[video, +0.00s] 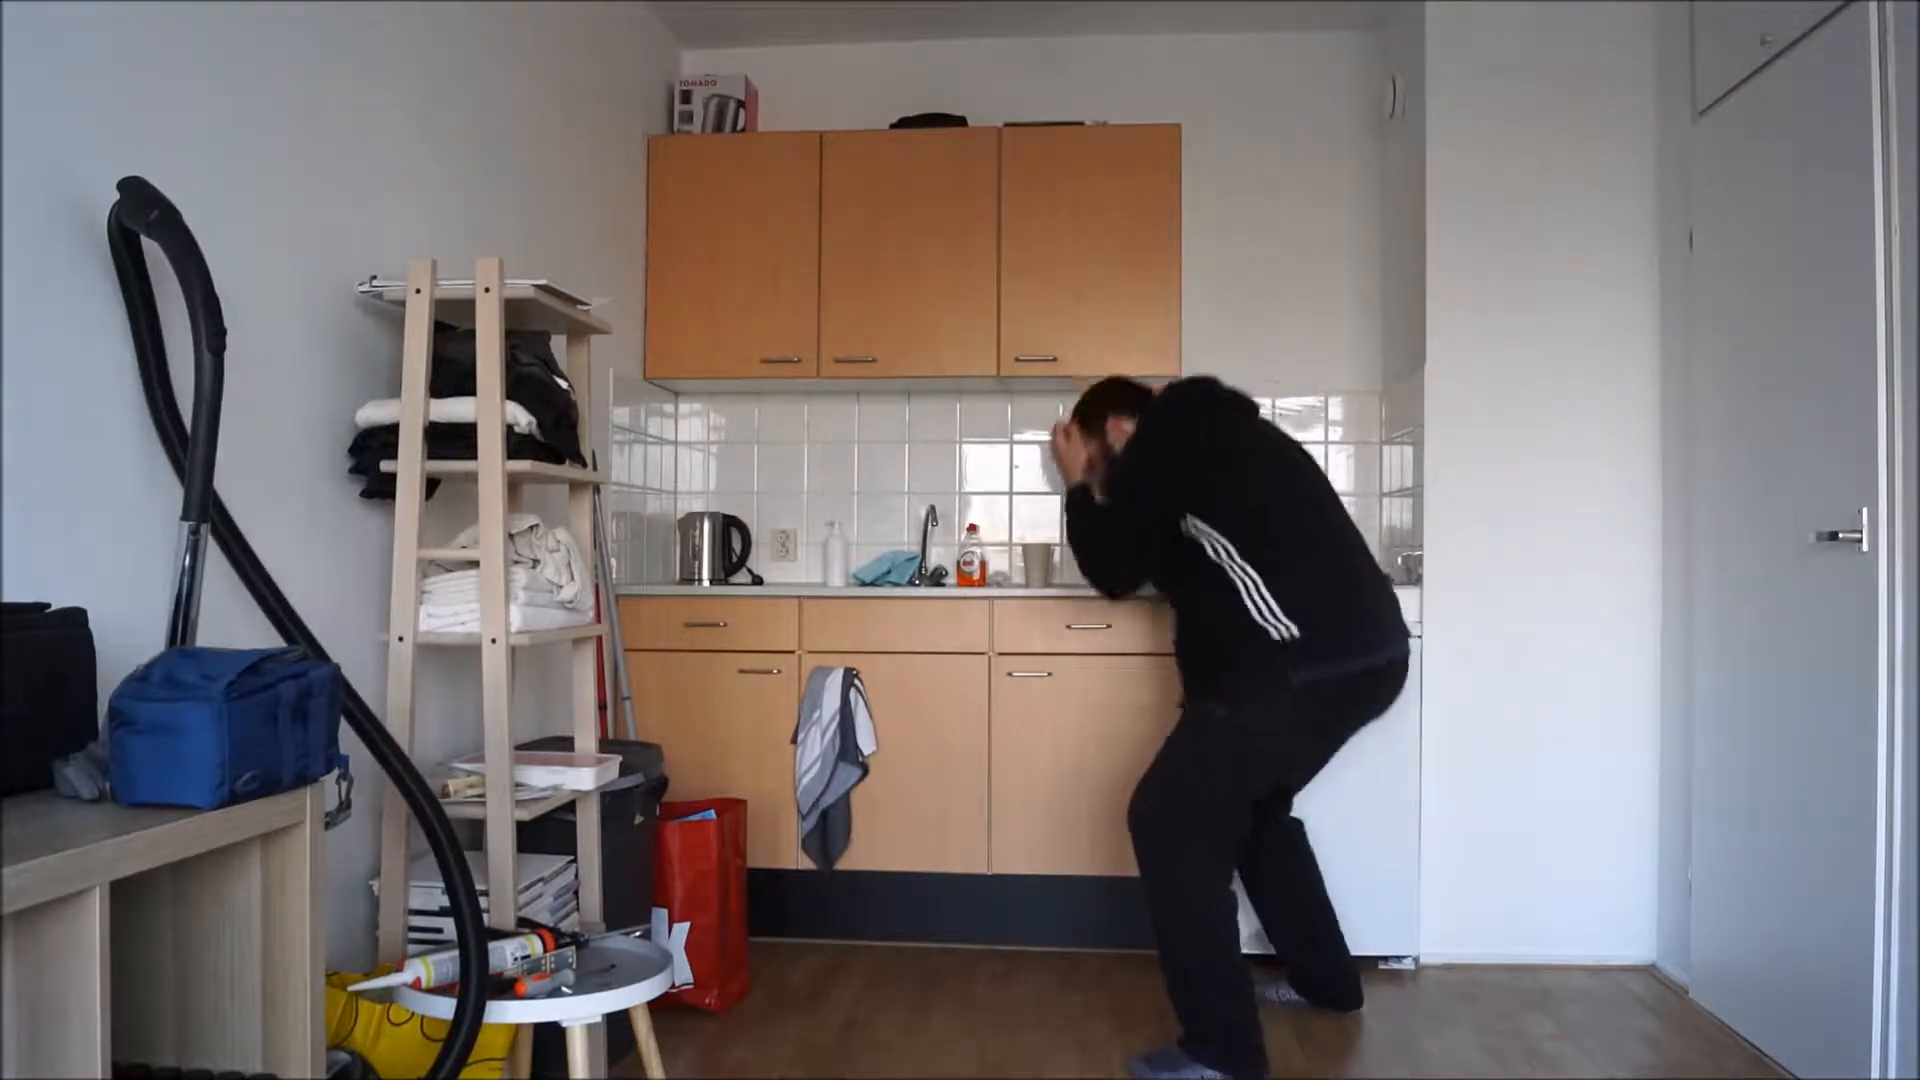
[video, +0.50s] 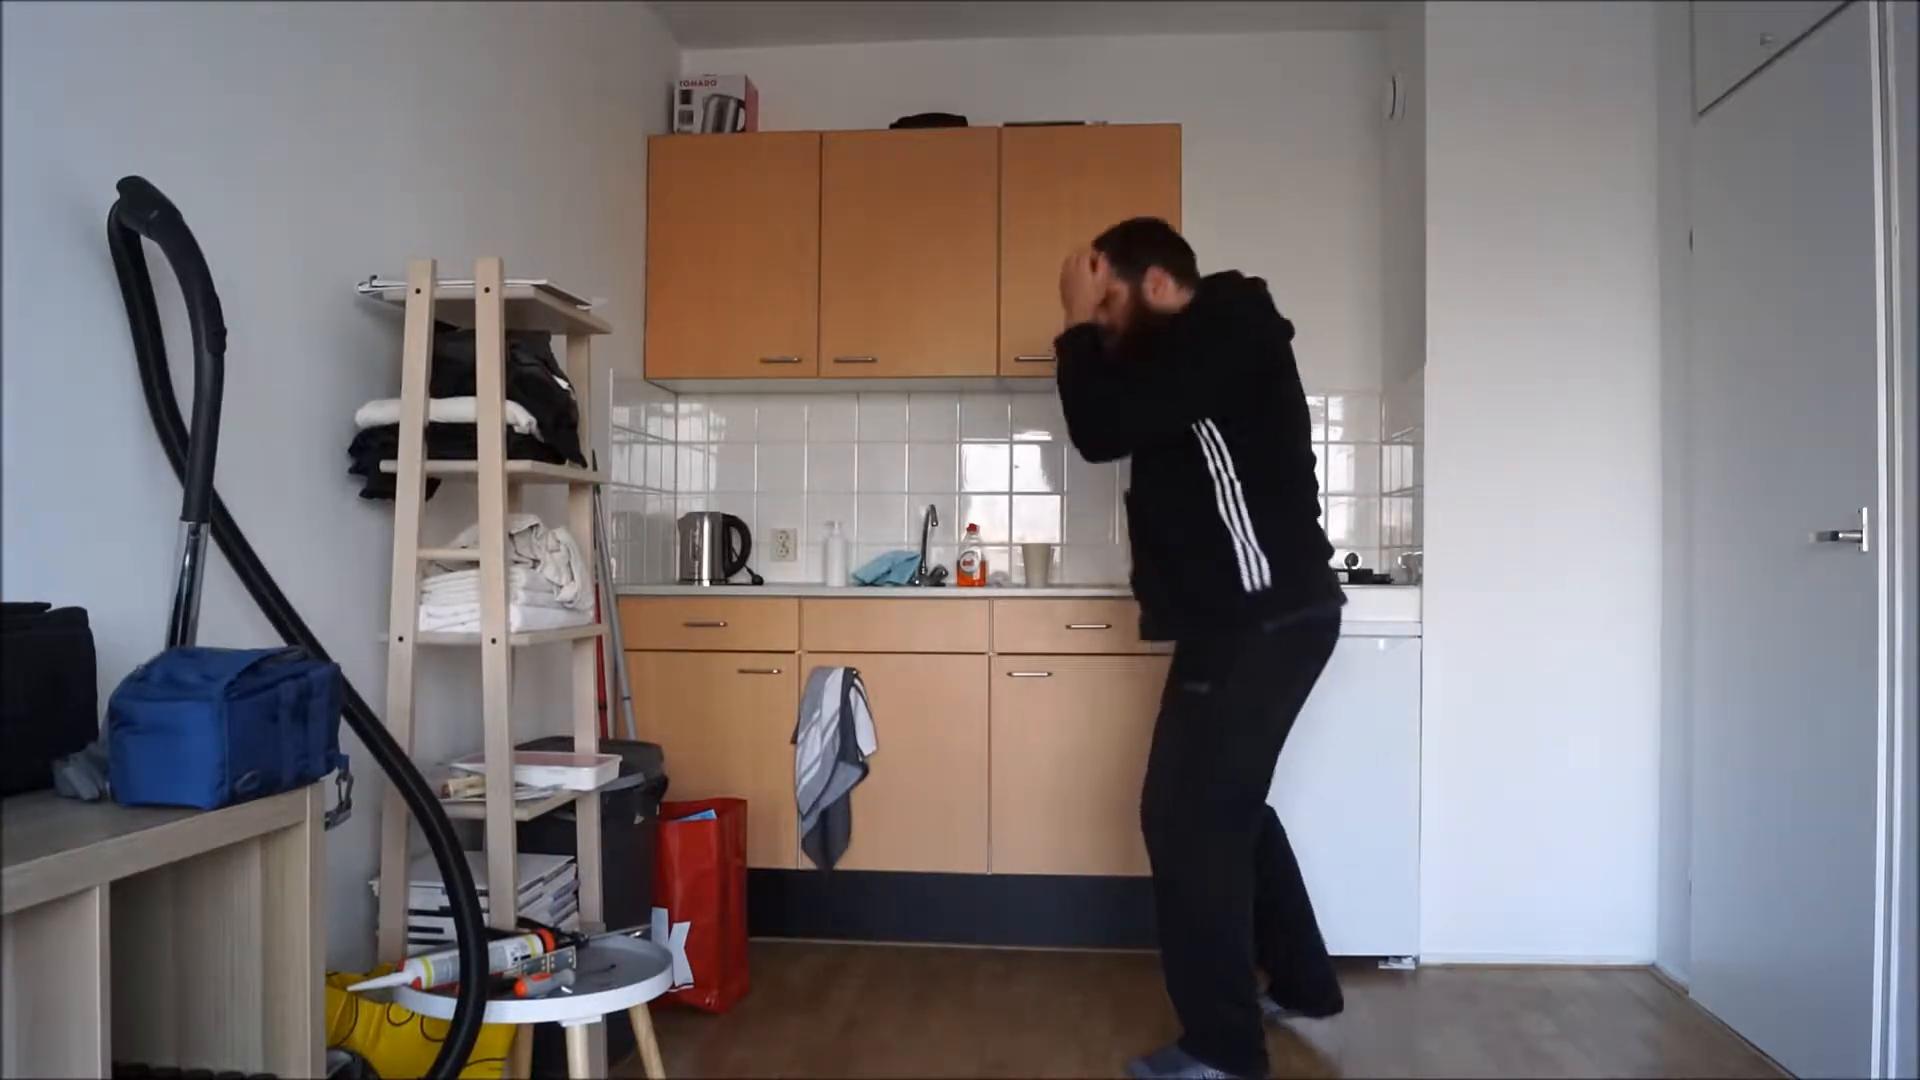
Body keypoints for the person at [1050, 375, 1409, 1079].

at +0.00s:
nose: (1097, 467)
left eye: (1095, 454)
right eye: (1095, 456)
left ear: (1120, 429)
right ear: (1151, 409)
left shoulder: (1154, 456)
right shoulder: (1235, 426)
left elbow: (1111, 572)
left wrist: (1080, 486)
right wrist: (1112, 483)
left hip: (1290, 664)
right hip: (1370, 652)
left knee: (1169, 817)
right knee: (1253, 809)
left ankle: (1223, 1049)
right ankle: (1326, 980)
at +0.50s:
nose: (1104, 316)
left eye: (1111, 300)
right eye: (1101, 302)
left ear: (1158, 285)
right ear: (1173, 279)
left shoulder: (1206, 335)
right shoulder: (1229, 326)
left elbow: (1101, 431)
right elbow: (1118, 422)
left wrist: (1079, 328)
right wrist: (1104, 333)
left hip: (1251, 619)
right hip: (1278, 610)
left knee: (1184, 815)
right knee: (1229, 801)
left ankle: (1222, 1047)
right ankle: (1303, 981)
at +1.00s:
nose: (1090, 293)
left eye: (1093, 288)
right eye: (1098, 287)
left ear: (1107, 292)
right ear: (1174, 285)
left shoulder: (1092, 332)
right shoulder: (1246, 337)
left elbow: (1046, 422)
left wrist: (1077, 318)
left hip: (1151, 613)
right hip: (1267, 610)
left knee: (1087, 817)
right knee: (1259, 807)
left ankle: (1063, 1028)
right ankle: (1300, 1015)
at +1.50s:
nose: (1141, 284)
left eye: (1139, 272)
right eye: (1138, 273)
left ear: (1051, 263)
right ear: (1112, 266)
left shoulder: (982, 336)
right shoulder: (1122, 322)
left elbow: (993, 456)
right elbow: (1207, 412)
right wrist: (1161, 312)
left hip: (993, 613)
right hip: (1082, 615)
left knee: (1063, 819)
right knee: (1101, 827)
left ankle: (1072, 1025)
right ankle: (966, 1045)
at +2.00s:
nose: (1138, 286)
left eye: (1139, 270)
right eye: (1131, 269)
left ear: (1077, 262)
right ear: (1085, 262)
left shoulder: (1057, 324)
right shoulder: (1025, 307)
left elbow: (1138, 424)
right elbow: (1151, 403)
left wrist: (1148, 309)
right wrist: (1153, 298)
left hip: (1018, 610)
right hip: (969, 612)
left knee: (1067, 782)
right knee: (1020, 807)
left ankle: (1030, 976)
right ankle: (956, 1053)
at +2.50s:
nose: (1164, 389)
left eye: (1166, 376)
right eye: (1159, 373)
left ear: (1106, 356)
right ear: (1113, 357)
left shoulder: (1073, 401)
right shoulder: (1041, 381)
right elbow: (1135, 502)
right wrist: (1170, 408)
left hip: (1008, 650)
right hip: (952, 649)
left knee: (1087, 790)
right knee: (1040, 827)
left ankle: (1033, 974)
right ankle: (956, 1057)